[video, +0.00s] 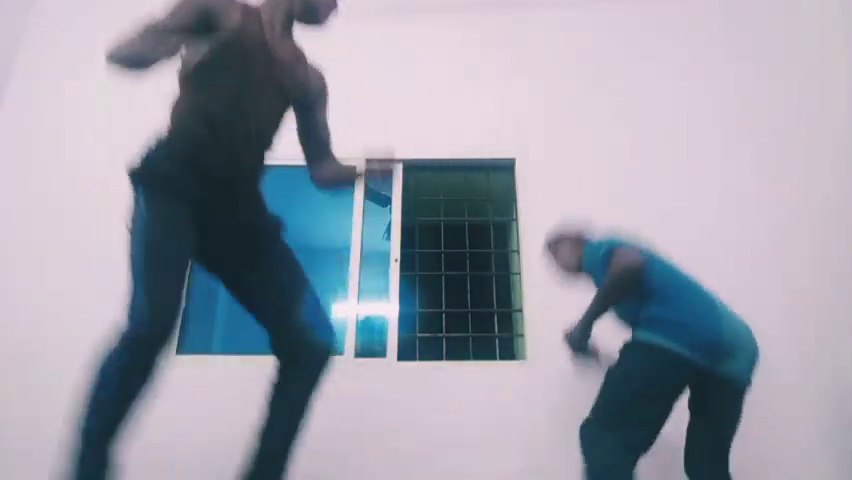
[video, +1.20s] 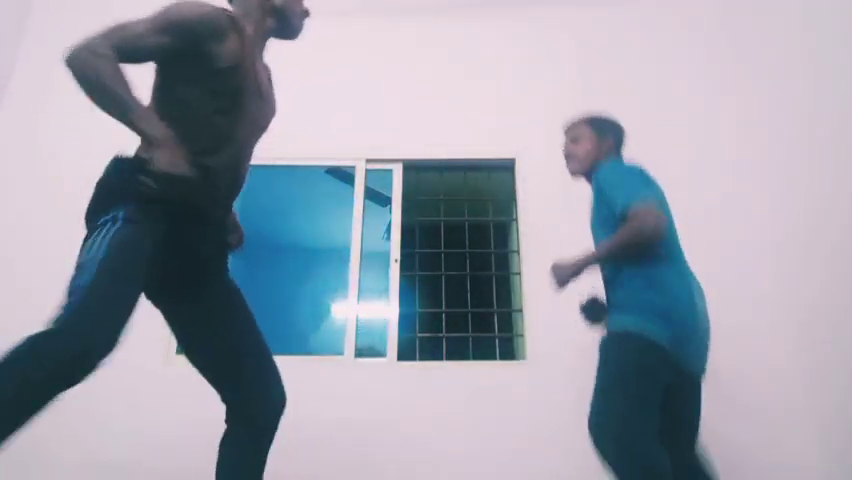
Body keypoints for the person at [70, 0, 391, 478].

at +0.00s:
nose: (334, 3)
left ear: (311, 3)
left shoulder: (304, 77)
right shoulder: (225, 15)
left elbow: (323, 170)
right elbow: (123, 54)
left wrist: (364, 172)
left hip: (235, 207)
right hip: (171, 190)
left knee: (310, 344)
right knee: (150, 326)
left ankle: (264, 473)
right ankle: (89, 466)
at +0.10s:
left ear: (283, 1)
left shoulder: (285, 54)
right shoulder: (203, 9)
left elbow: (285, 154)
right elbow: (118, 24)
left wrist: (329, 122)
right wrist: (213, 14)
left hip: (209, 185)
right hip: (148, 158)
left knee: (267, 337)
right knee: (97, 291)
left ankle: (225, 473)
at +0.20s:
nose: (259, 7)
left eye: (262, 5)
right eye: (252, 2)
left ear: (268, 2)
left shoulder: (269, 60)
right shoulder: (190, 9)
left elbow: (255, 161)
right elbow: (116, 35)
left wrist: (300, 119)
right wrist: (223, 34)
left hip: (190, 200)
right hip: (130, 169)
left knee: (225, 371)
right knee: (61, 304)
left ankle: (182, 473)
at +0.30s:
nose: (292, 5)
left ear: (256, 6)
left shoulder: (246, 106)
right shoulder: (162, 24)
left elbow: (219, 208)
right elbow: (82, 98)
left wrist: (259, 177)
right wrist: (201, 98)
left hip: (145, 253)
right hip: (85, 217)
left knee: (193, 429)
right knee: (50, 361)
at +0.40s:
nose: (290, 18)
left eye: (290, 7)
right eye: (283, 4)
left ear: (248, 11)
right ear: (247, 5)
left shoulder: (244, 119)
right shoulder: (156, 35)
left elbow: (203, 220)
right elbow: (48, 110)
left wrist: (239, 230)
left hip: (136, 264)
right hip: (68, 231)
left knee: (237, 409)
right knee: (62, 369)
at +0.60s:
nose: (309, 17)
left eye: (307, 6)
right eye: (299, 3)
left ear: (266, 11)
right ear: (262, 5)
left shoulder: (275, 108)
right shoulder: (189, 35)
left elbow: (226, 188)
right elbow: (67, 83)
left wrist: (230, 256)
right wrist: (103, 176)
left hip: (199, 263)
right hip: (129, 238)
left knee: (273, 424)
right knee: (72, 361)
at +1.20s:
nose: (308, 7)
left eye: (305, 1)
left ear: (268, 5)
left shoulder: (260, 79)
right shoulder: (208, 23)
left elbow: (215, 148)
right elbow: (88, 56)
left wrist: (225, 214)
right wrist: (154, 131)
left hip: (195, 238)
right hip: (139, 208)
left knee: (260, 400)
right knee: (78, 342)